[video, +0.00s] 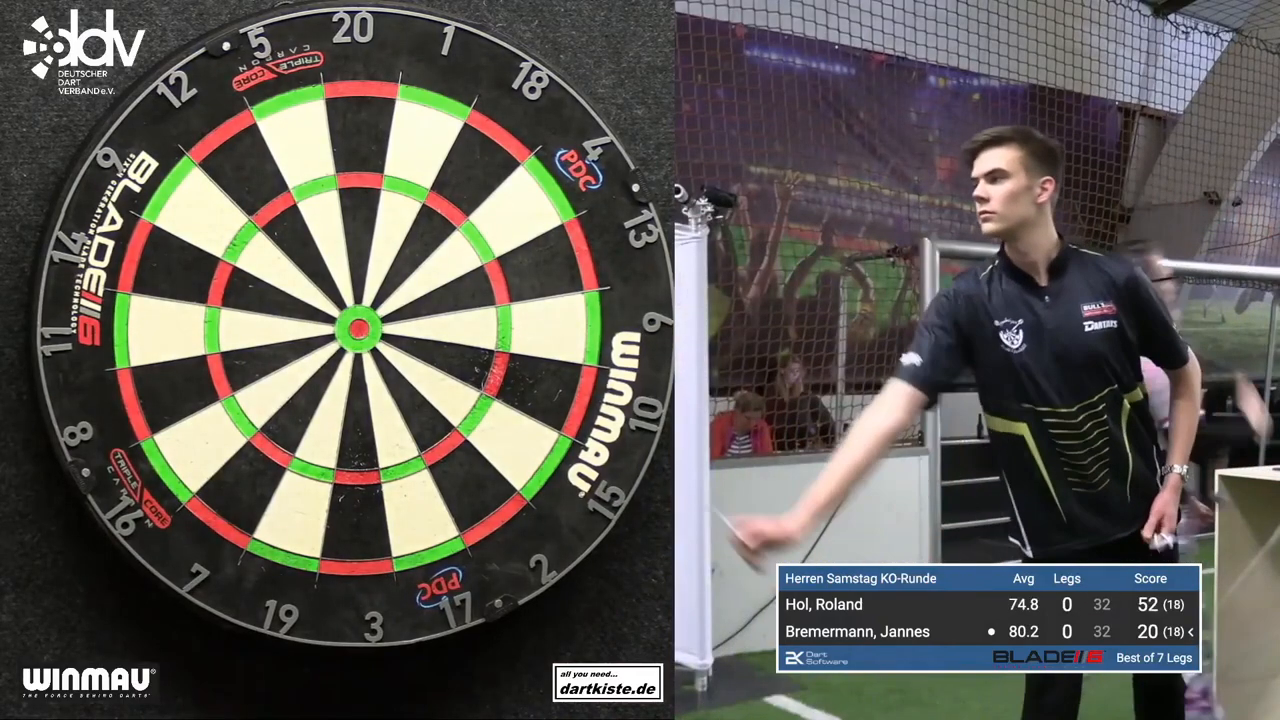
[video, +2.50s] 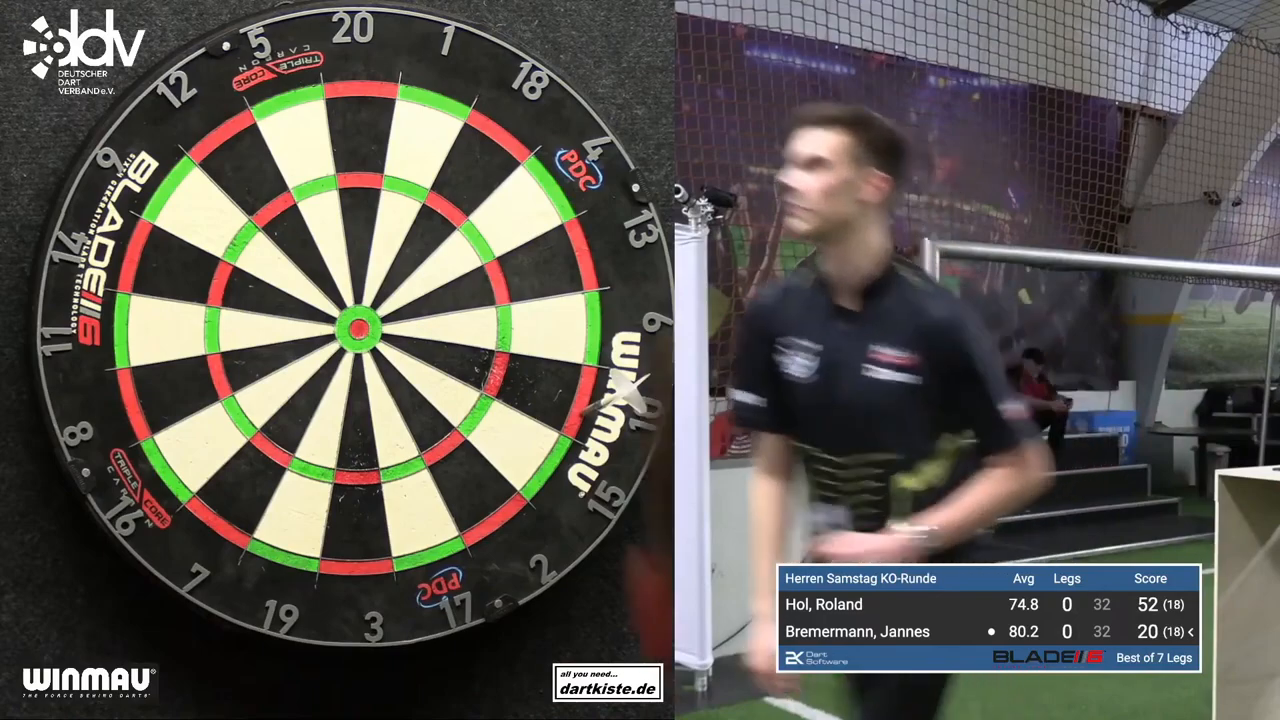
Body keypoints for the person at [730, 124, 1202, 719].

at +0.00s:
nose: (978, 193)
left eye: (996, 178)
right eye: (976, 182)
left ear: (1045, 190)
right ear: (976, 196)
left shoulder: (1116, 280)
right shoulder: (965, 305)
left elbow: (1186, 374)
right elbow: (891, 408)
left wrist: (1175, 479)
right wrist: (799, 520)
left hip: (1140, 527)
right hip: (1049, 541)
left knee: (1162, 692)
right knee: (1051, 699)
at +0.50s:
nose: (970, 195)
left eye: (987, 179)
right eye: (968, 185)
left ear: (1037, 191)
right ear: (968, 200)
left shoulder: (1108, 279)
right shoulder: (960, 297)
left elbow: (1177, 374)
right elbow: (847, 352)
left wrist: (1166, 479)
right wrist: (765, 241)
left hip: (1136, 523)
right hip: (1046, 538)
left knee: (1158, 685)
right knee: (1050, 698)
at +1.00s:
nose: (966, 196)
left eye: (983, 180)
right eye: (963, 185)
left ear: (1032, 191)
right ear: (963, 201)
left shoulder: (1104, 280)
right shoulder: (958, 298)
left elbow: (1172, 376)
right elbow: (842, 350)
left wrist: (1160, 481)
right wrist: (847, 216)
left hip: (1130, 526)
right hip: (1039, 542)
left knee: (1154, 685)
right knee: (1046, 699)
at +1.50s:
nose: (970, 193)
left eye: (986, 178)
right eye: (967, 184)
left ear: (1037, 188)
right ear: (969, 198)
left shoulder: (1109, 283)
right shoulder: (960, 284)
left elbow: (1173, 381)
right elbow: (840, 290)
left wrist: (1157, 487)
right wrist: (707, 318)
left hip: (1127, 522)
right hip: (1038, 535)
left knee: (1153, 682)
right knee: (1046, 691)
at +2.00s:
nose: (948, 204)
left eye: (966, 188)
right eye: (946, 193)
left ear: (1016, 199)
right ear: (945, 206)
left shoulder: (1089, 297)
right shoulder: (936, 319)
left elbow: (1152, 397)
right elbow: (935, 464)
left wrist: (1101, 464)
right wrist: (939, 583)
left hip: (1102, 546)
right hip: (1008, 560)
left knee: (1147, 701)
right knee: (1044, 710)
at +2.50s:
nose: (786, 180)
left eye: (813, 166)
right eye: (788, 164)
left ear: (875, 187)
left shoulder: (938, 321)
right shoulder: (774, 316)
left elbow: (1026, 465)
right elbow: (771, 467)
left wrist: (902, 539)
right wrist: (768, 615)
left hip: (928, 590)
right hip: (832, 589)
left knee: (889, 707)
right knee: (885, 706)